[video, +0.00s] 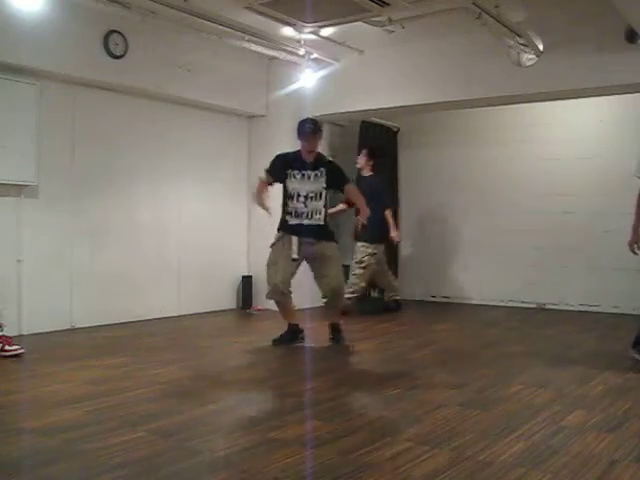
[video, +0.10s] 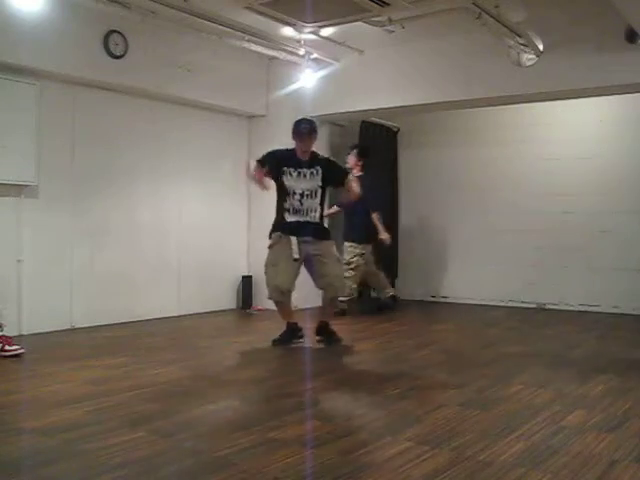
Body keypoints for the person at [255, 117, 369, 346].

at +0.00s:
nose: (310, 150)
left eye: (314, 145)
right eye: (306, 145)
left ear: (320, 140)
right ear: (299, 140)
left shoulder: (329, 167)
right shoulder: (284, 162)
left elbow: (349, 189)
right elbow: (264, 183)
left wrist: (363, 209)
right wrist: (262, 200)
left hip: (320, 238)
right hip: (289, 237)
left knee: (335, 287)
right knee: (276, 285)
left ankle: (335, 327)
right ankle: (293, 328)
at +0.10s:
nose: (304, 146)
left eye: (308, 142)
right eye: (300, 142)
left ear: (315, 140)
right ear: (294, 139)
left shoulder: (324, 164)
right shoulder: (279, 158)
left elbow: (348, 182)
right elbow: (257, 168)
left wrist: (352, 191)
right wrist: (260, 179)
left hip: (317, 236)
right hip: (285, 236)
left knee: (335, 284)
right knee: (277, 286)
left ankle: (323, 326)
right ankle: (291, 327)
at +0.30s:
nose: (295, 144)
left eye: (299, 140)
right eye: (291, 140)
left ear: (306, 137)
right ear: (284, 136)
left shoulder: (314, 151)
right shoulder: (270, 147)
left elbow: (341, 171)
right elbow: (236, 155)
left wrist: (329, 170)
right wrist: (255, 158)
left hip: (307, 229)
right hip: (277, 229)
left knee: (322, 280)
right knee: (277, 281)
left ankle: (316, 327)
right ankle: (282, 325)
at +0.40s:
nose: (294, 142)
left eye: (297, 138)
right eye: (290, 138)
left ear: (302, 136)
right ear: (280, 134)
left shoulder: (306, 155)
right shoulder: (265, 150)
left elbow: (317, 183)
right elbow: (249, 176)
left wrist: (315, 209)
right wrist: (254, 207)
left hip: (301, 222)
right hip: (275, 222)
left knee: (308, 275)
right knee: (279, 275)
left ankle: (307, 327)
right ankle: (263, 324)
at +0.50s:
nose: (290, 141)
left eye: (293, 136)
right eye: (286, 136)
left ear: (297, 137)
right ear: (277, 136)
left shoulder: (304, 167)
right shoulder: (260, 164)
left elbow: (306, 202)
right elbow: (251, 197)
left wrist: (288, 224)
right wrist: (246, 223)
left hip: (296, 234)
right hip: (267, 233)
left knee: (293, 283)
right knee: (265, 281)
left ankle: (302, 324)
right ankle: (259, 326)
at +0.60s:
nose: (292, 142)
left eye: (295, 137)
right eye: (287, 137)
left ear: (300, 139)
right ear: (279, 138)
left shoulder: (302, 168)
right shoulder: (262, 163)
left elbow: (286, 197)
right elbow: (242, 189)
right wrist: (223, 211)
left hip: (294, 236)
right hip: (264, 234)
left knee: (299, 283)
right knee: (250, 278)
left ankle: (304, 326)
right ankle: (255, 327)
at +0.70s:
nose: (293, 145)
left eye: (296, 141)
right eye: (288, 141)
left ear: (300, 141)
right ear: (279, 140)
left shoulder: (301, 166)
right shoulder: (266, 160)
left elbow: (290, 198)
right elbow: (243, 173)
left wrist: (269, 182)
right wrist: (223, 184)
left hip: (292, 236)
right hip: (263, 235)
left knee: (316, 282)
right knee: (241, 276)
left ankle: (308, 327)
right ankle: (252, 327)